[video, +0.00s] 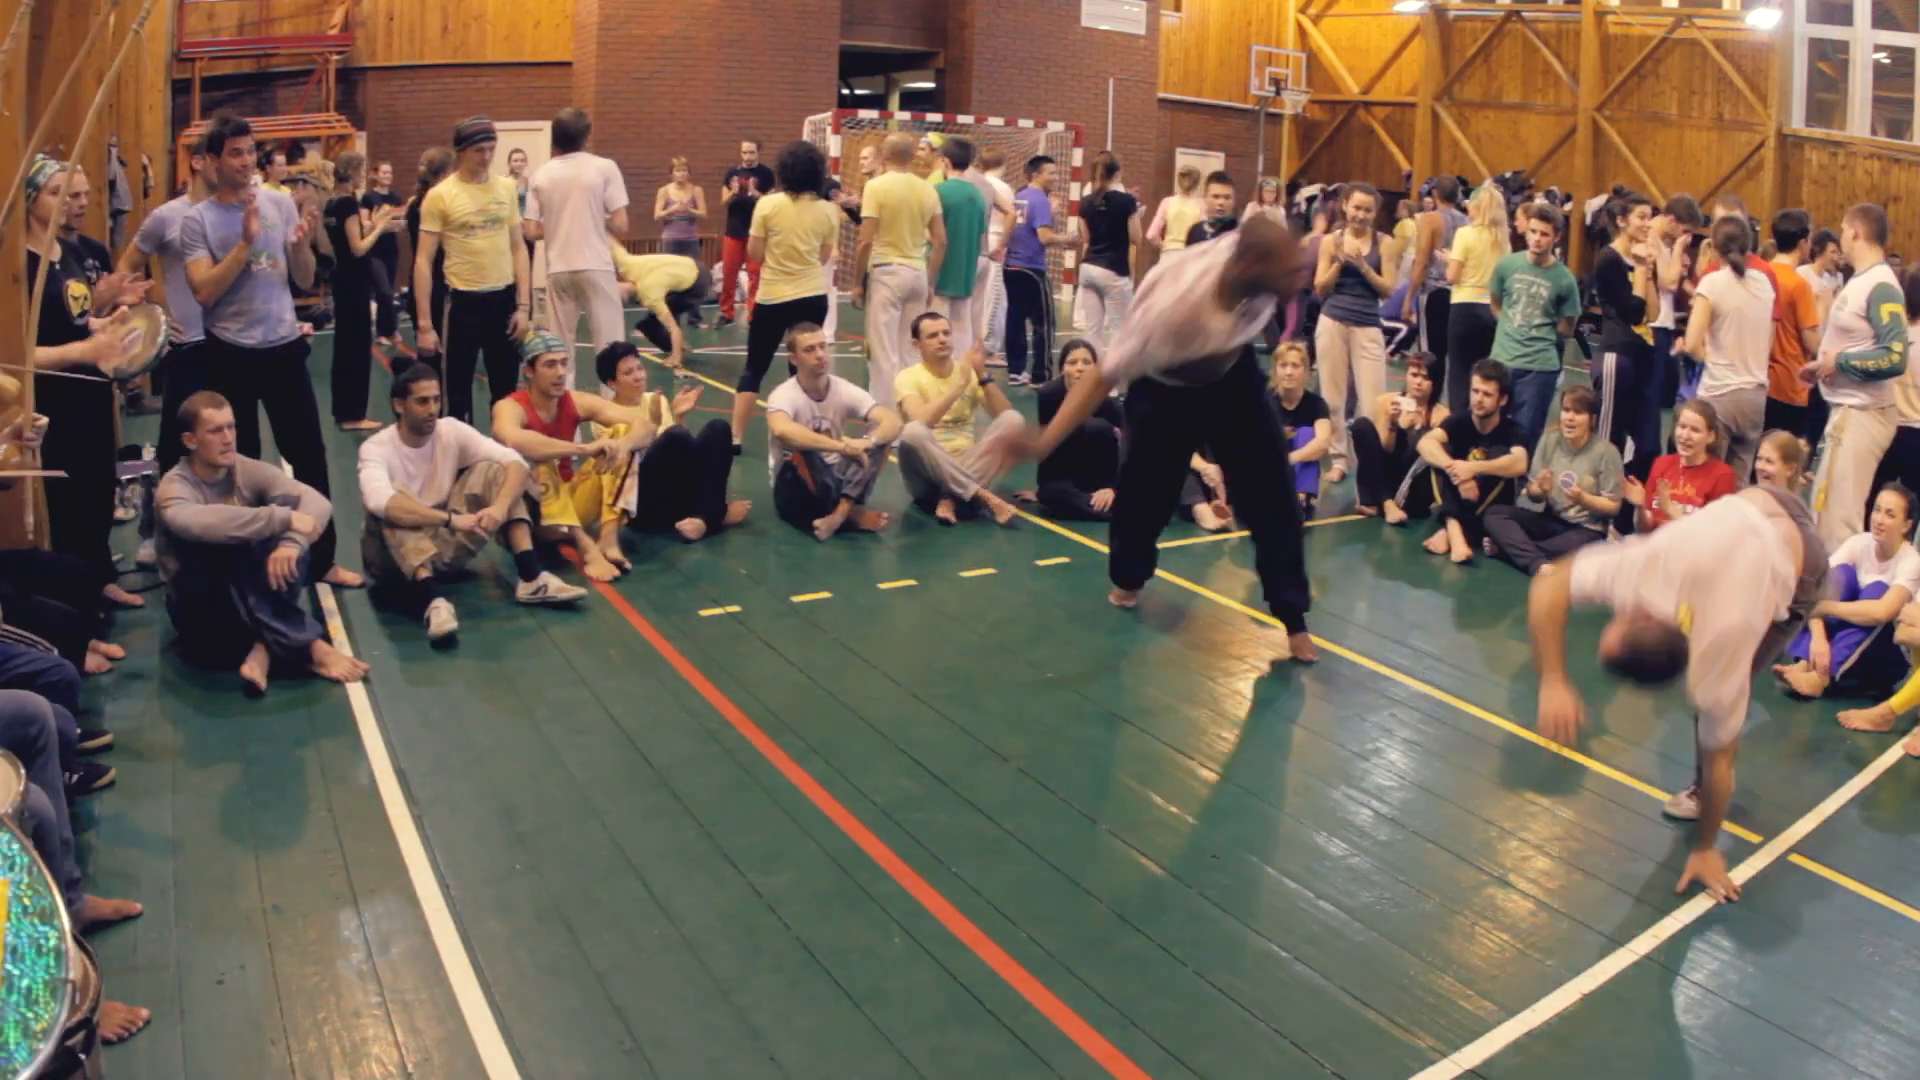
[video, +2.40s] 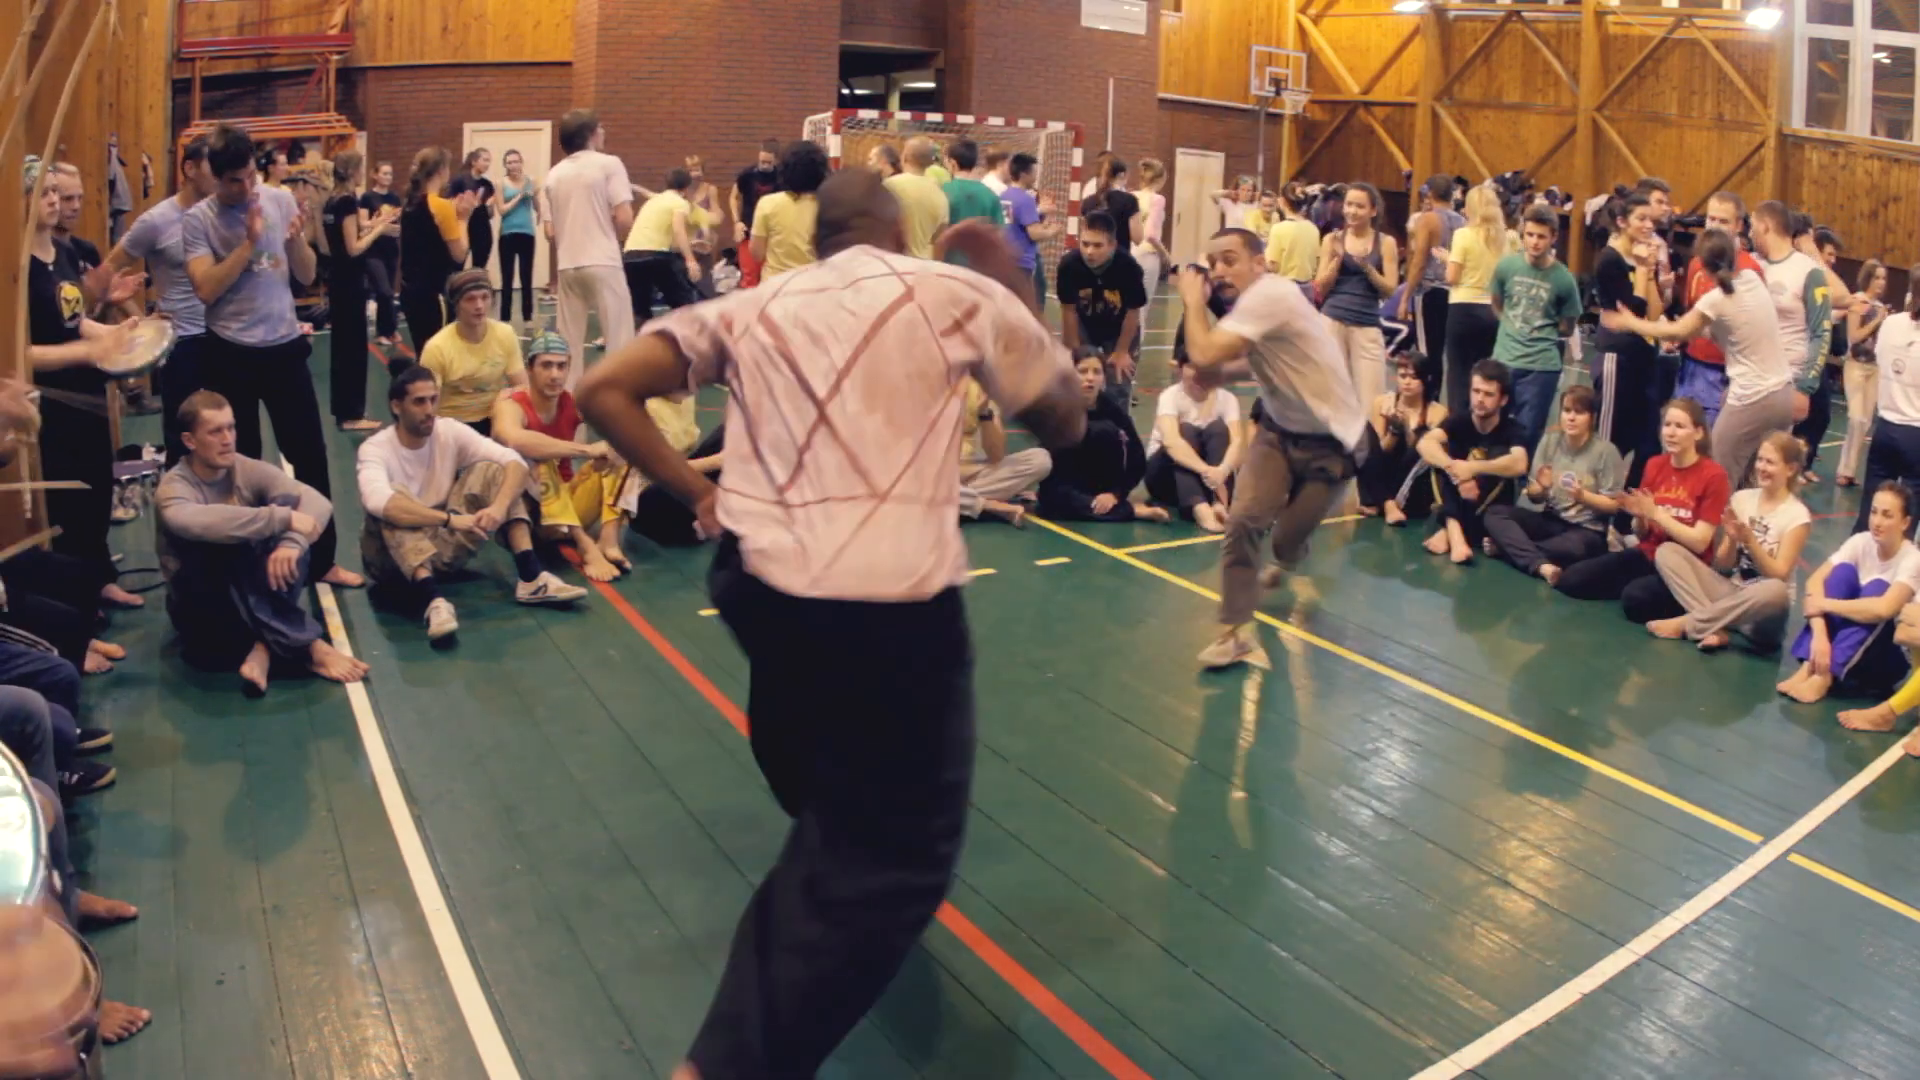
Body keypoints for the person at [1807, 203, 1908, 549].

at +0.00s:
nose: (1840, 240)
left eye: (1843, 232)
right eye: (1841, 233)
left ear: (1856, 233)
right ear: (1869, 234)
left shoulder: (1881, 285)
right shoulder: (1858, 282)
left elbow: (1894, 359)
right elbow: (1856, 346)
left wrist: (1838, 362)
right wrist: (1821, 365)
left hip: (1865, 412)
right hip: (1845, 408)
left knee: (1840, 512)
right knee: (1822, 504)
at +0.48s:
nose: (1828, 244)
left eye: (1832, 235)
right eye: (1829, 236)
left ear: (1848, 237)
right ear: (1849, 238)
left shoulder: (1863, 286)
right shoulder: (1842, 281)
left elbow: (1872, 354)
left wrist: (1818, 374)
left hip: (1850, 402)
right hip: (1827, 397)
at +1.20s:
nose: (1793, 240)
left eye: (1795, 233)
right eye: (1795, 233)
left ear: (1804, 232)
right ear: (1827, 234)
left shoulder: (1821, 273)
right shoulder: (1829, 270)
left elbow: (1833, 333)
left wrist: (1805, 390)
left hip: (1813, 388)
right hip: (1832, 386)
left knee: (1783, 480)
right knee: (1818, 486)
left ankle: (1777, 569)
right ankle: (1811, 571)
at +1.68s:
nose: (1775, 232)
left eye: (1776, 226)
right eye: (1776, 227)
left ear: (1786, 227)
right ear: (1808, 228)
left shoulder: (1812, 269)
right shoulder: (1791, 267)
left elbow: (1822, 334)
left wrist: (1795, 388)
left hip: (1800, 378)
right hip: (1781, 375)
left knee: (1783, 465)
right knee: (1773, 461)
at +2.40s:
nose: (1751, 232)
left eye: (1753, 225)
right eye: (1751, 226)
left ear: (1767, 226)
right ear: (1773, 227)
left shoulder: (1809, 270)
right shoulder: (1752, 266)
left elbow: (1822, 334)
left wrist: (1804, 387)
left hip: (1790, 374)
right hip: (1751, 369)